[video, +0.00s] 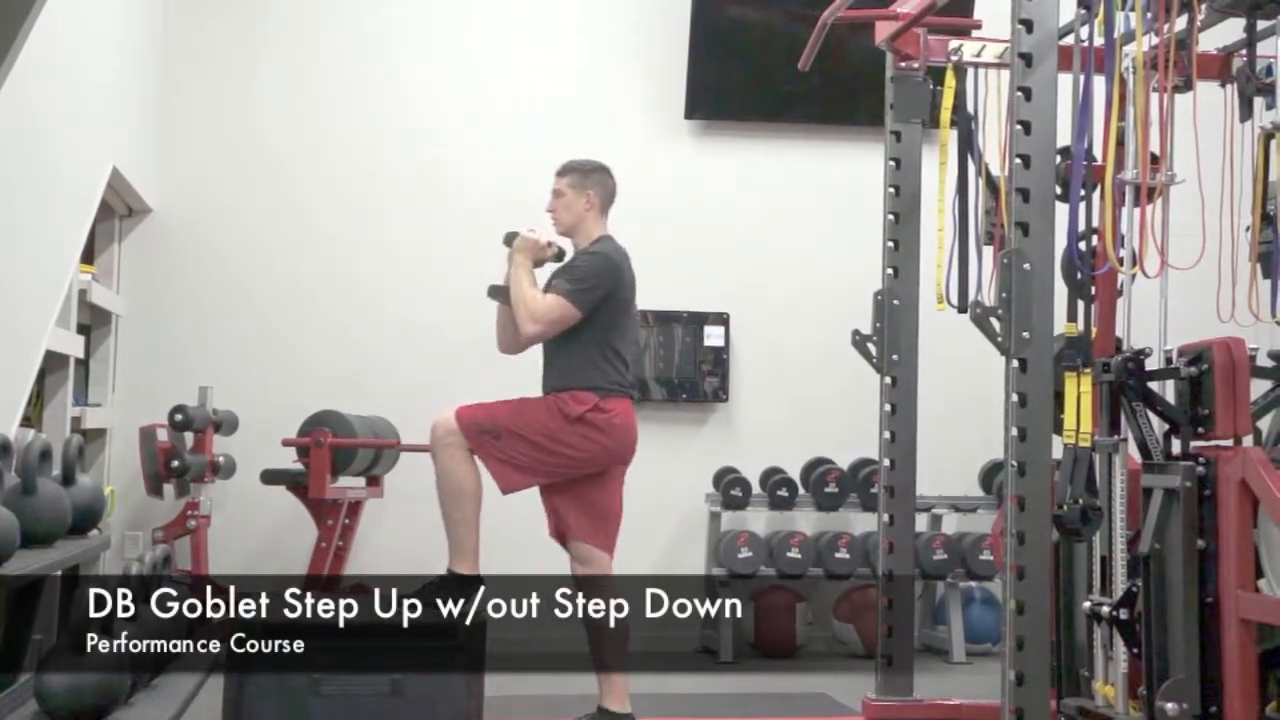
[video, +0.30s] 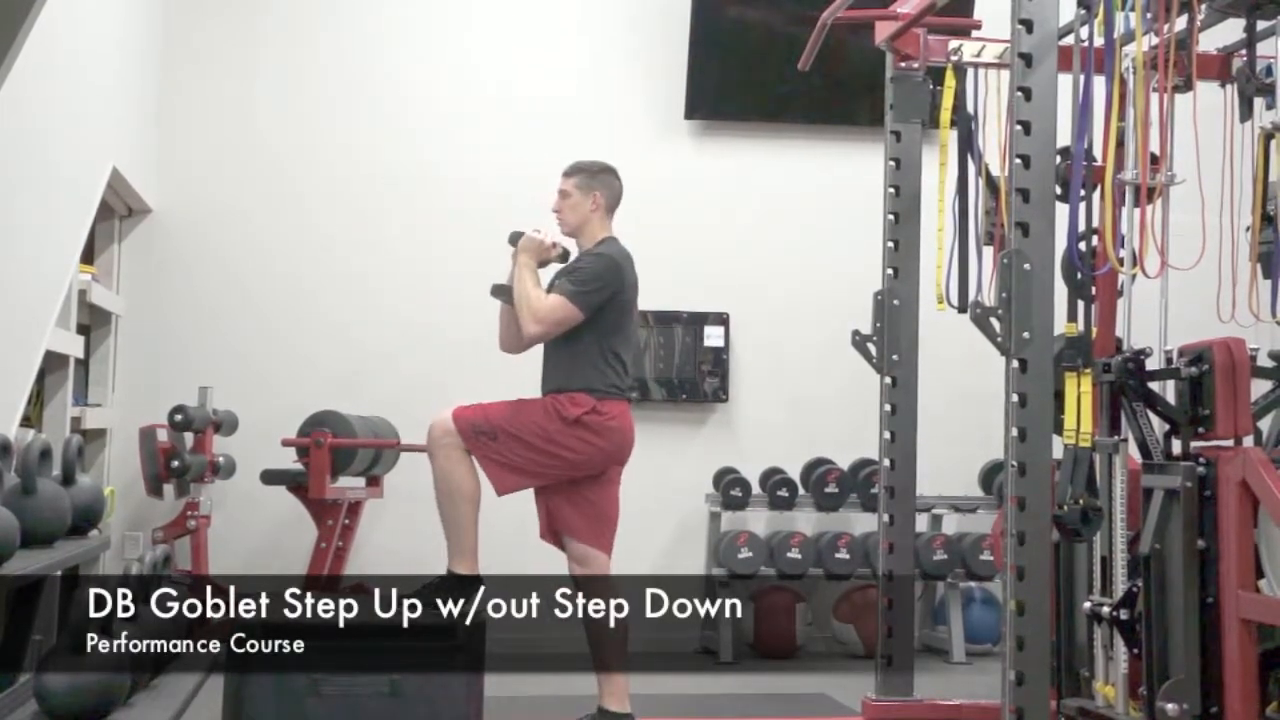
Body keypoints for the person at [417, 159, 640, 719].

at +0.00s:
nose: (549, 205)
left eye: (558, 195)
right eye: (551, 195)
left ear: (590, 200)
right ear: (586, 201)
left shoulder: (604, 260)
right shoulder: (581, 265)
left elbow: (533, 323)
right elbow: (511, 340)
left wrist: (521, 261)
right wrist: (514, 274)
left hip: (590, 414)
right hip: (596, 419)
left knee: (450, 431)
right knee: (591, 562)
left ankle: (463, 577)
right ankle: (616, 706)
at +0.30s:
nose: (555, 204)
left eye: (564, 194)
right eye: (557, 193)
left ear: (597, 202)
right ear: (592, 203)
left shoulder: (607, 261)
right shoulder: (584, 266)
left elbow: (536, 323)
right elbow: (513, 339)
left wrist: (526, 262)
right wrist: (518, 273)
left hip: (587, 416)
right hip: (592, 420)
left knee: (447, 433)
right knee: (589, 562)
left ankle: (462, 579)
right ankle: (616, 707)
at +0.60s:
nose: (528, 208)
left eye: (538, 197)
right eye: (530, 197)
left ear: (569, 203)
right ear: (565, 204)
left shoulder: (584, 262)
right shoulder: (559, 268)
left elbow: (515, 327)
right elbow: (494, 345)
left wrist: (500, 265)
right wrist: (496, 278)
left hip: (575, 418)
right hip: (578, 424)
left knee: (435, 435)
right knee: (565, 572)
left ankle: (462, 577)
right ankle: (613, 708)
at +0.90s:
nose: (485, 186)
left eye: (495, 176)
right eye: (488, 176)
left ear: (527, 182)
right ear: (523, 182)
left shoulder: (540, 241)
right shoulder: (520, 246)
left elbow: (470, 304)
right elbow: (448, 321)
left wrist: (457, 243)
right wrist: (454, 255)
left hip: (548, 394)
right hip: (567, 400)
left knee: (417, 443)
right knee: (553, 552)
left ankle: (460, 579)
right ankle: (600, 691)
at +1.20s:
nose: (461, 80)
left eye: (470, 70)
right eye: (463, 70)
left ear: (502, 74)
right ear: (499, 75)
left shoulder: (517, 134)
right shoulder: (495, 141)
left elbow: (449, 200)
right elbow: (437, 225)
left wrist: (435, 138)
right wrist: (430, 164)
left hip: (529, 296)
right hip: (505, 295)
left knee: (451, 426)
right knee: (414, 400)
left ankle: (466, 578)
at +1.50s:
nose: (464, 65)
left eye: (472, 53)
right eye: (467, 54)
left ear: (503, 53)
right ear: (507, 54)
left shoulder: (515, 112)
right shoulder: (503, 113)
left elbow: (439, 178)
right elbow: (461, 189)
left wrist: (439, 116)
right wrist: (443, 141)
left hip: (504, 284)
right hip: (473, 264)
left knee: (462, 436)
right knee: (378, 212)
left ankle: (466, 582)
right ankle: (365, 343)